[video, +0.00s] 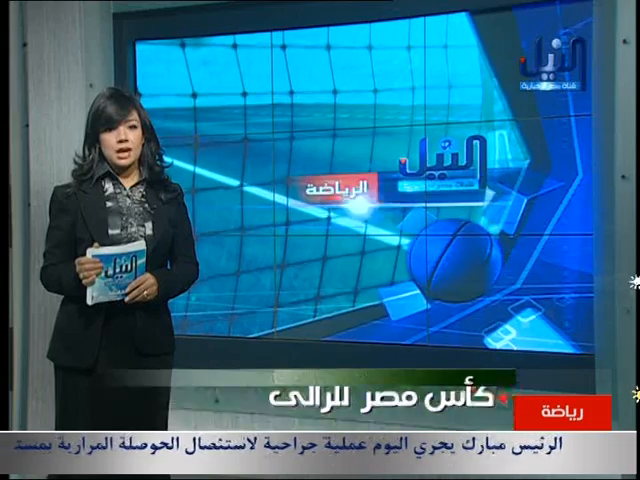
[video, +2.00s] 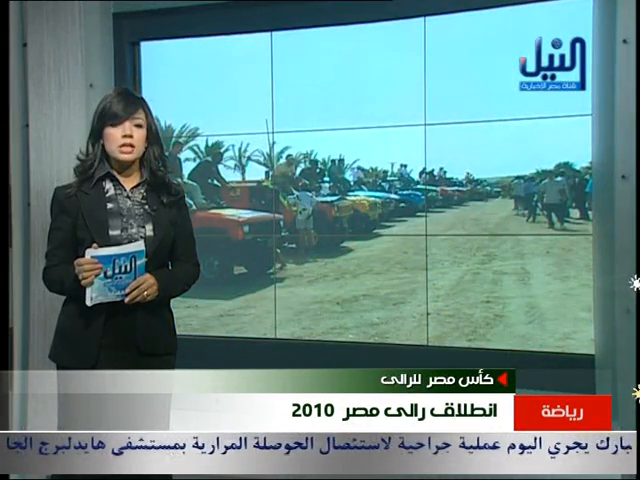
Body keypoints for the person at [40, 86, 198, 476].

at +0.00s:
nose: (123, 137)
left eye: (131, 126)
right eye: (111, 129)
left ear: (145, 133)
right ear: (97, 139)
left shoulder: (167, 195)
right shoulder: (70, 198)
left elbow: (187, 266)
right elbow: (50, 273)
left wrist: (161, 282)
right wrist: (76, 273)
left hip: (148, 345)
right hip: (84, 346)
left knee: (146, 450)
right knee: (80, 450)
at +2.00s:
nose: (127, 134)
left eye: (137, 125)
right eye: (116, 125)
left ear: (149, 136)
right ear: (101, 136)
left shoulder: (170, 196)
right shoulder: (71, 198)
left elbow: (189, 267)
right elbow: (53, 273)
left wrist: (161, 282)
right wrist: (76, 275)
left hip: (150, 349)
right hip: (86, 349)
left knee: (149, 452)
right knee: (83, 452)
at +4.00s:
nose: (128, 134)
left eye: (138, 127)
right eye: (119, 125)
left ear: (149, 138)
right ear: (101, 133)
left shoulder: (168, 197)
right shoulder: (68, 197)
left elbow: (187, 266)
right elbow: (49, 273)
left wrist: (159, 282)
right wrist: (72, 275)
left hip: (148, 349)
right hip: (82, 349)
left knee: (147, 452)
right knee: (79, 452)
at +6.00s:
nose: (116, 140)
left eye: (126, 129)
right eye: (105, 130)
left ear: (140, 136)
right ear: (91, 138)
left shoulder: (164, 194)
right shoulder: (65, 197)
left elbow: (186, 265)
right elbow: (46, 272)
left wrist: (156, 281)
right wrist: (69, 275)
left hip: (145, 348)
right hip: (81, 349)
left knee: (145, 451)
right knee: (78, 452)